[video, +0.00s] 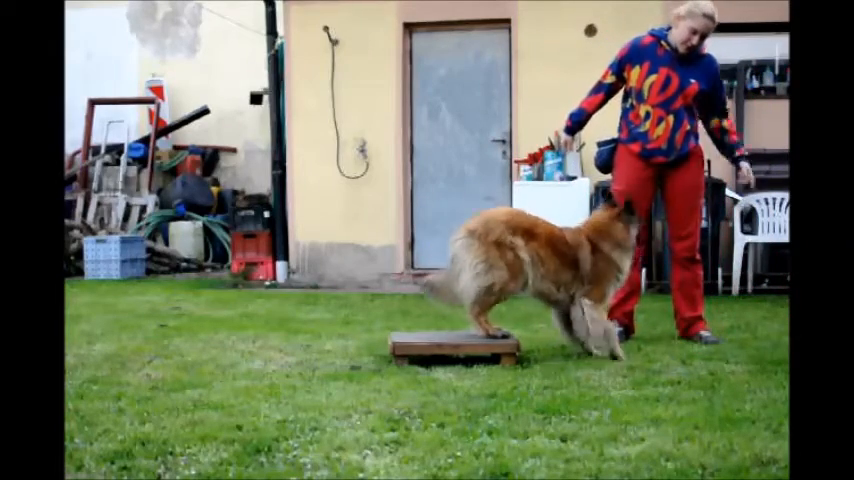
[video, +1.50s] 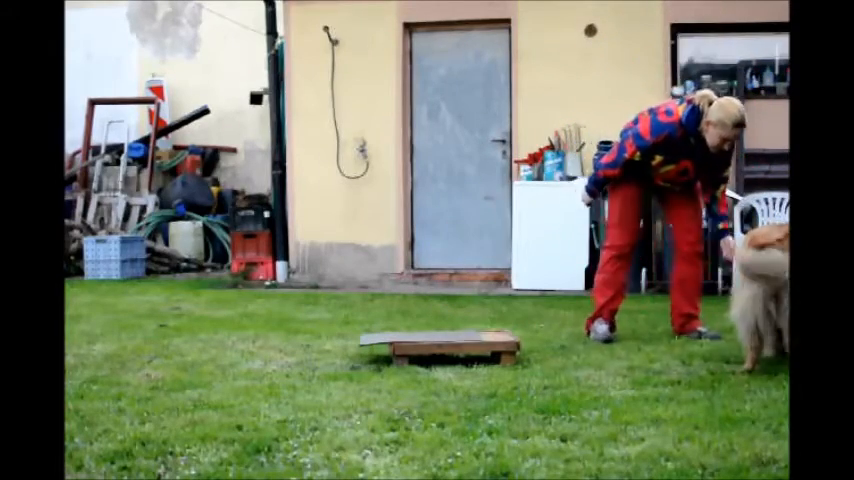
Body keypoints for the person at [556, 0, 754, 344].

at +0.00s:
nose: (695, 40)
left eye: (702, 36)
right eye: (693, 31)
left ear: (707, 36)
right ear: (676, 19)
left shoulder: (705, 65)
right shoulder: (639, 49)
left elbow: (717, 117)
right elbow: (604, 88)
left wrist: (739, 157)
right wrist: (571, 126)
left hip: (684, 159)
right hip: (635, 156)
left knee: (686, 246)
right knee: (625, 240)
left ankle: (692, 325)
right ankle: (620, 321)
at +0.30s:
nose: (707, 43)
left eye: (714, 39)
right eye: (704, 34)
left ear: (717, 38)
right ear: (686, 21)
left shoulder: (713, 71)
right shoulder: (647, 49)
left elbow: (730, 124)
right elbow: (611, 87)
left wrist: (748, 172)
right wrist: (577, 126)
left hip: (687, 160)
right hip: (638, 155)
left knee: (691, 242)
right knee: (629, 238)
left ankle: (691, 326)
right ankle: (620, 321)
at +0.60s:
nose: (710, 42)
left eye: (716, 36)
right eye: (706, 33)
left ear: (718, 35)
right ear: (686, 22)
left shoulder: (713, 72)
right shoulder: (648, 50)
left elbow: (723, 125)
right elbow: (612, 89)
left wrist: (735, 173)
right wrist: (577, 128)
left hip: (690, 159)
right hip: (640, 155)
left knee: (690, 243)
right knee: (633, 240)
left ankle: (692, 325)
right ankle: (620, 321)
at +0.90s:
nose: (702, 82)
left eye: (705, 76)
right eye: (698, 74)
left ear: (706, 72)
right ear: (676, 66)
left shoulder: (700, 100)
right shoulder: (639, 86)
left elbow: (702, 147)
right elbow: (603, 126)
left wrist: (713, 191)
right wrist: (572, 171)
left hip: (669, 168)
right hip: (622, 165)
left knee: (686, 243)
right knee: (617, 242)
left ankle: (692, 325)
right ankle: (602, 321)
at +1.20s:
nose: (703, 134)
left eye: (707, 129)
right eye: (700, 128)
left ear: (710, 121)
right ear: (682, 116)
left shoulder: (697, 138)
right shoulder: (646, 111)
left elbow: (693, 178)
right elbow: (602, 141)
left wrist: (699, 221)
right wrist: (572, 184)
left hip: (658, 177)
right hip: (613, 171)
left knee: (675, 244)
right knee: (606, 243)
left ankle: (687, 323)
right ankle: (600, 321)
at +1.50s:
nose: (727, 147)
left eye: (732, 142)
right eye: (724, 139)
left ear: (738, 135)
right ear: (707, 124)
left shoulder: (721, 148)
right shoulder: (668, 122)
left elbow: (716, 189)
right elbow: (621, 152)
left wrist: (724, 233)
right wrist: (593, 188)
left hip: (678, 179)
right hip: (633, 172)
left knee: (690, 245)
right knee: (620, 243)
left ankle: (687, 323)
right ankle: (602, 320)